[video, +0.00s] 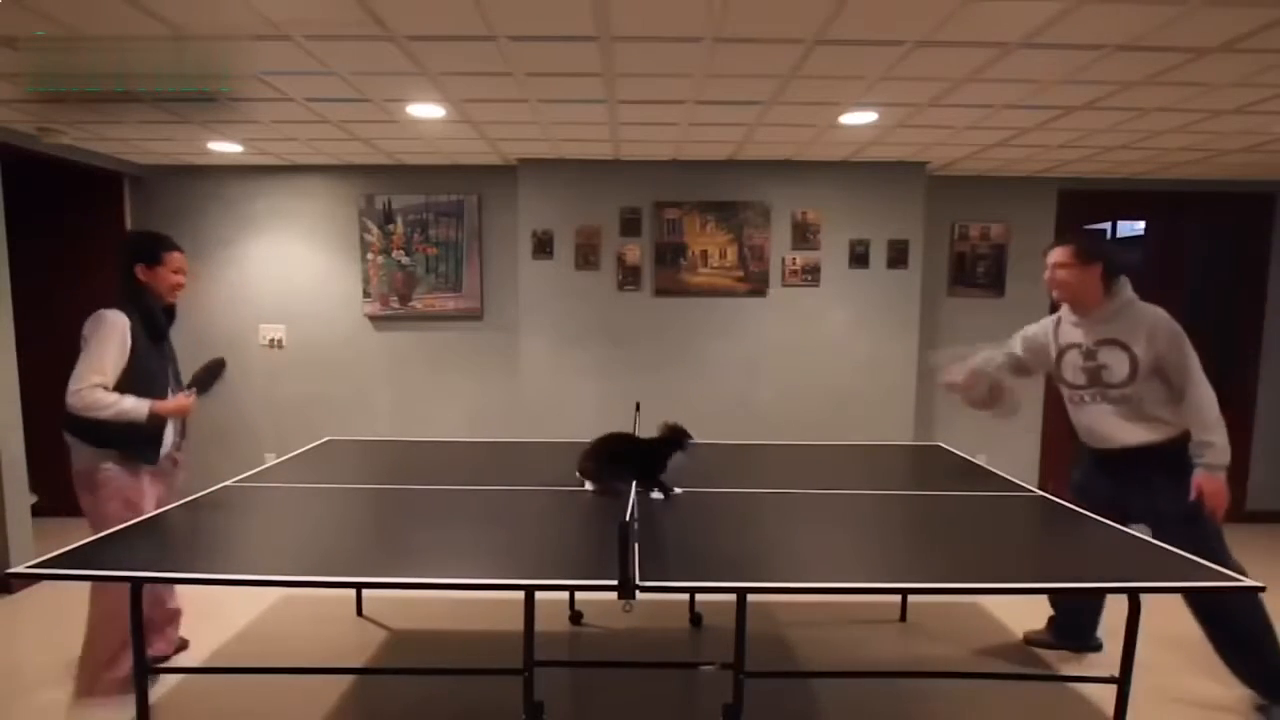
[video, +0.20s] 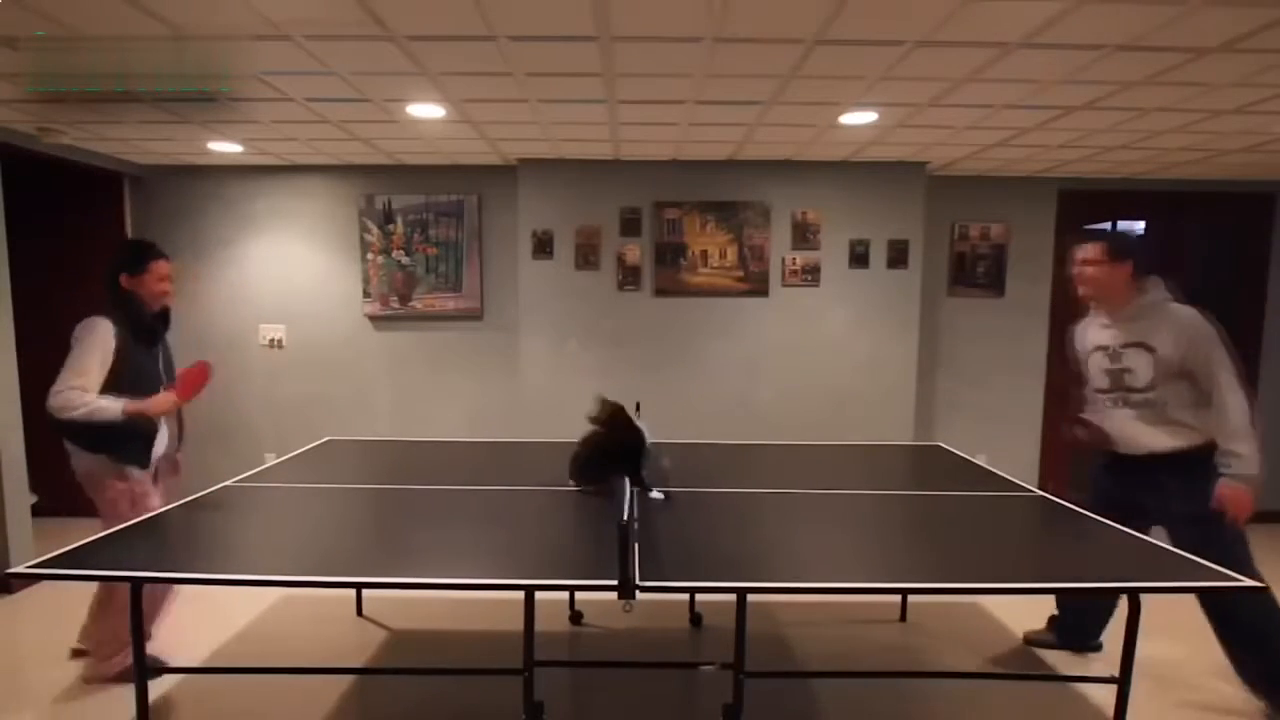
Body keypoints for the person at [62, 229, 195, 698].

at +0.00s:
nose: (182, 282)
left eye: (184, 273)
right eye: (174, 272)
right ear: (143, 273)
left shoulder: (155, 327)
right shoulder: (114, 323)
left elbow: (159, 391)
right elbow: (81, 397)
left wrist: (182, 399)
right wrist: (157, 408)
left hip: (151, 465)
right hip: (113, 468)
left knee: (155, 554)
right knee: (122, 565)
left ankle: (159, 641)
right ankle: (105, 677)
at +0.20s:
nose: (168, 288)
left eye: (169, 279)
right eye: (159, 280)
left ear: (168, 283)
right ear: (128, 283)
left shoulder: (154, 334)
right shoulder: (102, 330)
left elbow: (158, 396)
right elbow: (63, 400)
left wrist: (171, 449)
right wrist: (140, 406)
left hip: (143, 460)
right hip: (107, 463)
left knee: (137, 549)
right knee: (152, 553)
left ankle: (98, 637)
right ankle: (113, 658)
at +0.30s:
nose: (171, 299)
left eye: (173, 290)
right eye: (162, 291)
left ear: (169, 293)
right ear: (132, 293)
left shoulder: (159, 339)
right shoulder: (101, 339)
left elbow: (163, 402)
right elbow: (62, 408)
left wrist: (180, 455)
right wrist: (134, 420)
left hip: (155, 464)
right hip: (111, 468)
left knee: (164, 538)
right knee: (177, 539)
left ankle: (106, 629)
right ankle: (172, 646)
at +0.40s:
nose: (183, 301)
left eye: (186, 291)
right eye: (173, 291)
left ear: (187, 294)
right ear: (142, 294)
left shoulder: (170, 344)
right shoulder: (113, 341)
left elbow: (171, 406)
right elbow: (78, 406)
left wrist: (183, 460)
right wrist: (153, 404)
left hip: (167, 465)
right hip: (125, 469)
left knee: (143, 547)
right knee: (180, 555)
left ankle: (105, 630)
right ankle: (209, 666)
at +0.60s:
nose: (231, 288)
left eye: (233, 279)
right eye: (222, 278)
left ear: (218, 283)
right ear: (189, 281)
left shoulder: (204, 326)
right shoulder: (159, 328)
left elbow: (195, 393)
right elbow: (194, 383)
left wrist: (193, 468)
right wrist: (267, 371)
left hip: (180, 458)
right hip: (143, 461)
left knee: (198, 559)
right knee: (181, 564)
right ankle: (195, 674)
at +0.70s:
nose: (242, 289)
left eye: (243, 279)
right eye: (233, 279)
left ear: (211, 281)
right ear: (198, 279)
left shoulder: (208, 324)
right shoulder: (167, 326)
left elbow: (196, 394)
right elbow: (199, 393)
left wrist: (190, 471)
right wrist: (276, 387)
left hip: (178, 458)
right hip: (145, 460)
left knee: (194, 561)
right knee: (177, 566)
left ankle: (205, 664)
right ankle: (194, 677)